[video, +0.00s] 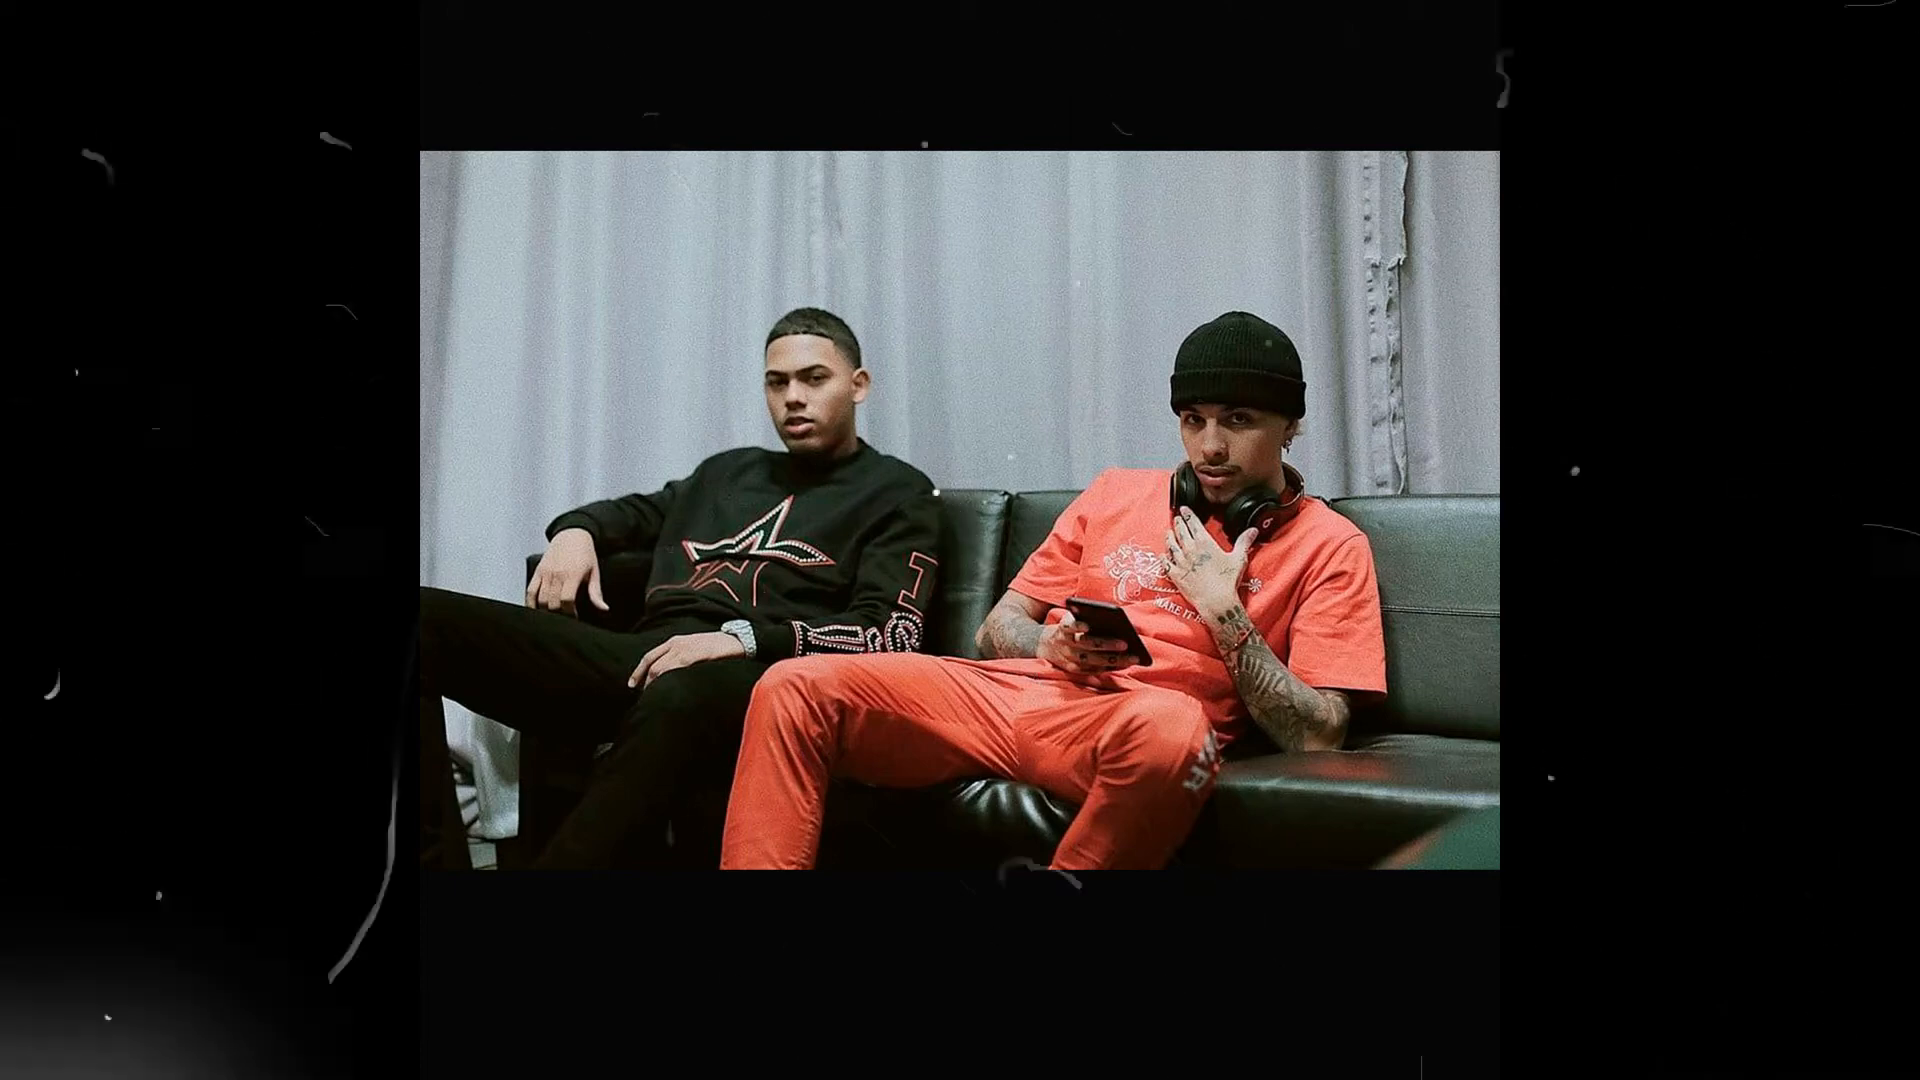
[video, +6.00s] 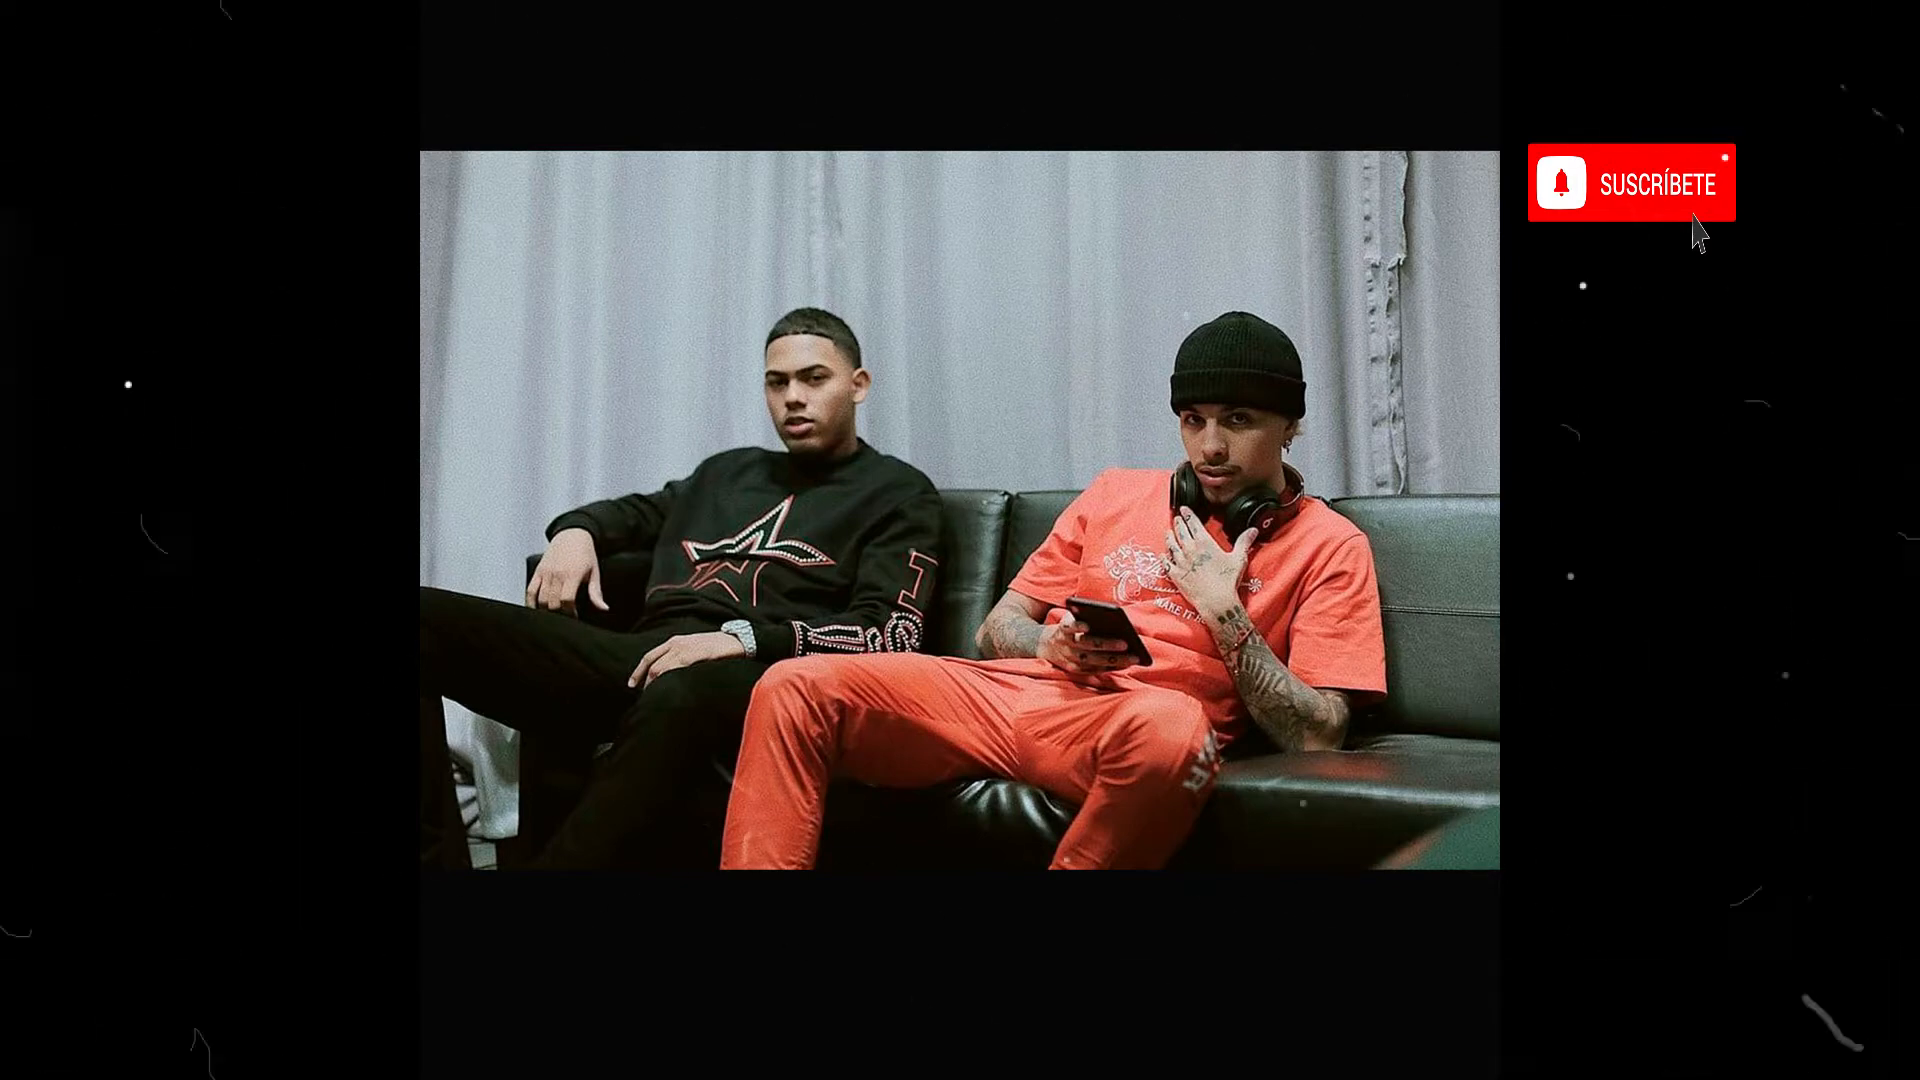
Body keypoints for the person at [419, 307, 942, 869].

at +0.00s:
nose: (793, 399)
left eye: (814, 379)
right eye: (779, 382)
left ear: (859, 386)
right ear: (765, 391)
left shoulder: (898, 492)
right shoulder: (728, 472)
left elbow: (893, 635)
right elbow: (641, 515)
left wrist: (742, 639)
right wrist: (575, 529)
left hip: (771, 680)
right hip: (639, 654)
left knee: (680, 700)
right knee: (426, 617)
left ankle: (561, 871)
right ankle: (439, 857)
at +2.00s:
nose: (792, 398)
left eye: (813, 379)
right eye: (778, 382)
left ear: (859, 385)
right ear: (765, 390)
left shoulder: (900, 494)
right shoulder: (728, 472)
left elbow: (892, 635)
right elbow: (640, 516)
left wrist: (744, 637)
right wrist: (575, 530)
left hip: (771, 680)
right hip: (639, 654)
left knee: (682, 700)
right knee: (426, 617)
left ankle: (561, 871)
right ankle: (441, 856)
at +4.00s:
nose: (793, 398)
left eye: (813, 379)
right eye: (778, 382)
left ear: (859, 385)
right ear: (765, 390)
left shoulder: (899, 494)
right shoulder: (728, 472)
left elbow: (892, 635)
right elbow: (640, 516)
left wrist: (743, 638)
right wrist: (575, 530)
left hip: (770, 681)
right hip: (638, 654)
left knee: (681, 701)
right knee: (420, 617)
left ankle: (556, 886)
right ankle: (441, 870)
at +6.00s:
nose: (793, 399)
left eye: (813, 379)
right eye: (779, 382)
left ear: (859, 385)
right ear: (765, 390)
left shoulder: (900, 494)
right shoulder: (728, 471)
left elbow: (893, 634)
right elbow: (641, 515)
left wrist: (742, 639)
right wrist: (574, 530)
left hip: (770, 680)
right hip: (638, 652)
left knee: (681, 699)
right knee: (426, 617)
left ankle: (562, 870)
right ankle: (441, 855)